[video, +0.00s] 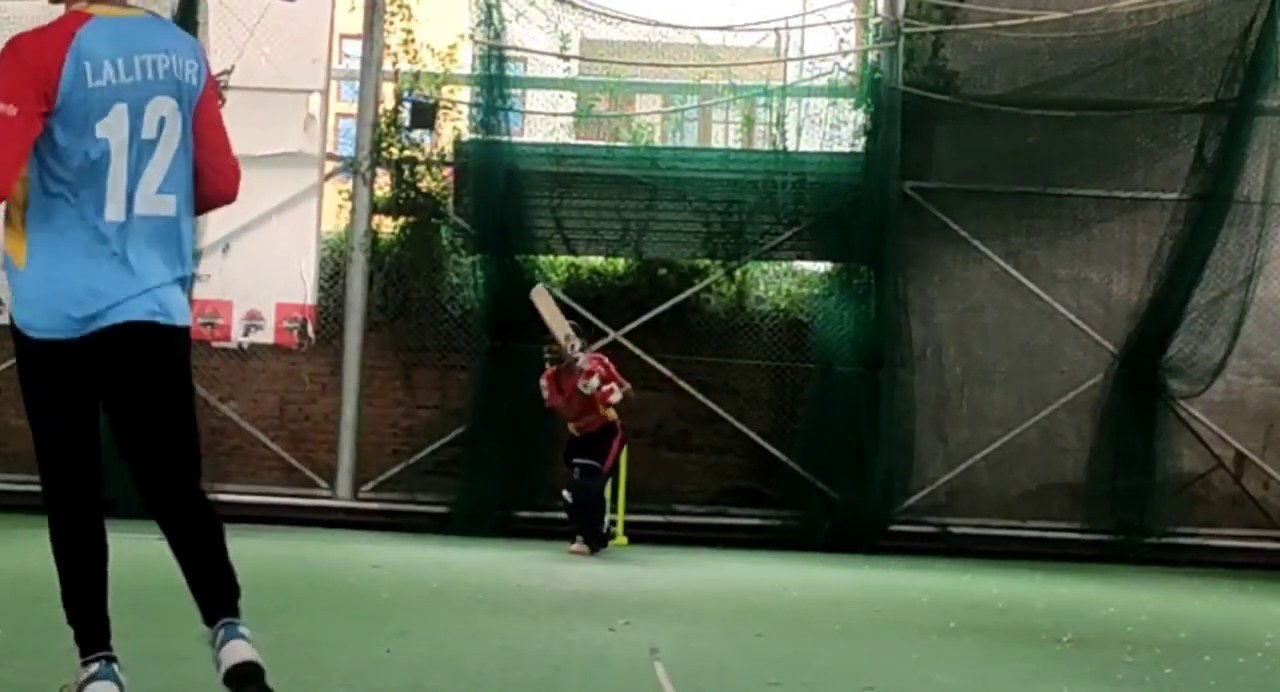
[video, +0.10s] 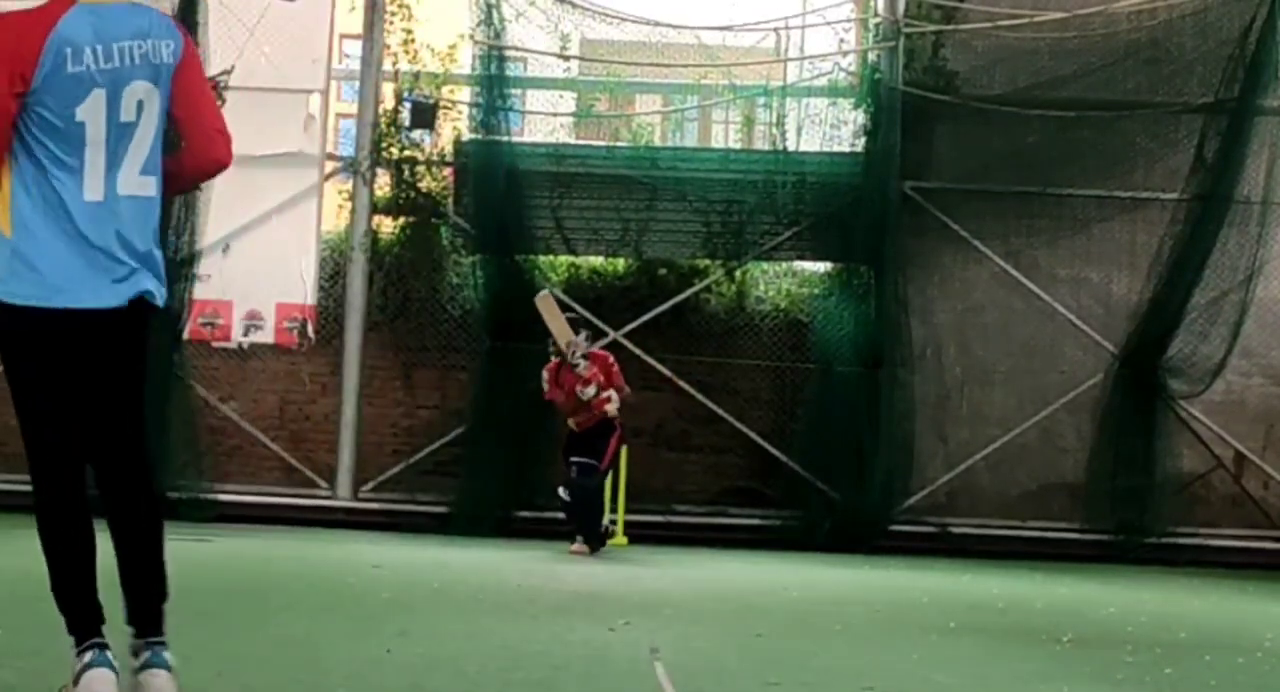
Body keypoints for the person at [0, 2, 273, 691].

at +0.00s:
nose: (51, 1)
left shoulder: (35, 50)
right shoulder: (185, 51)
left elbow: (6, 178)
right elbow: (221, 182)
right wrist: (144, 207)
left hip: (53, 318)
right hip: (153, 313)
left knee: (73, 498)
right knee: (176, 484)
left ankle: (98, 663)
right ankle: (229, 629)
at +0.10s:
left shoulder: (24, 30)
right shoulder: (166, 32)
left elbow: (6, 134)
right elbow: (209, 150)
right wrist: (137, 183)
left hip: (32, 291)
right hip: (128, 293)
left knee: (55, 476)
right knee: (131, 468)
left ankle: (91, 651)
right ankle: (152, 648)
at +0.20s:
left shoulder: (19, 30)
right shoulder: (146, 32)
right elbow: (194, 140)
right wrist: (123, 177)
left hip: (19, 278)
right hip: (101, 284)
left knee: (34, 457)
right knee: (85, 451)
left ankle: (84, 626)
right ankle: (71, 631)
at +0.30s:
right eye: (6, 7)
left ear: (7, 8)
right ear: (55, 7)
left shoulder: (11, 65)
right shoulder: (110, 68)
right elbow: (167, 173)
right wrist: (97, 226)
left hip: (12, 308)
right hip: (75, 312)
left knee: (12, 473)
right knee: (39, 473)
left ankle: (58, 601)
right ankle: (39, 636)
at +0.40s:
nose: (7, 14)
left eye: (3, 10)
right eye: (15, 9)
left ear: (2, 9)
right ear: (26, 9)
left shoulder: (11, 73)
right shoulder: (64, 76)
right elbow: (98, 200)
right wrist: (38, 230)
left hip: (9, 319)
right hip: (51, 318)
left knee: (6, 460)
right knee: (12, 464)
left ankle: (30, 589)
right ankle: (42, 646)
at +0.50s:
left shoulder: (17, 55)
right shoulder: (18, 54)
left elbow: (30, 186)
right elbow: (32, 185)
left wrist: (38, 286)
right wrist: (39, 283)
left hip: (12, 298)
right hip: (17, 297)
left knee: (12, 468)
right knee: (12, 469)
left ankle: (38, 633)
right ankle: (38, 632)